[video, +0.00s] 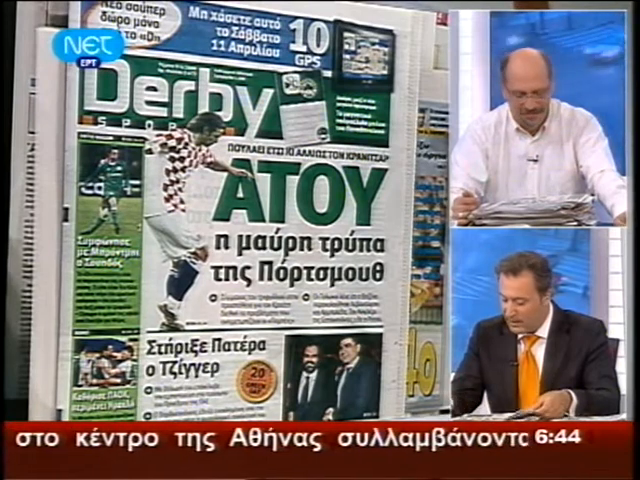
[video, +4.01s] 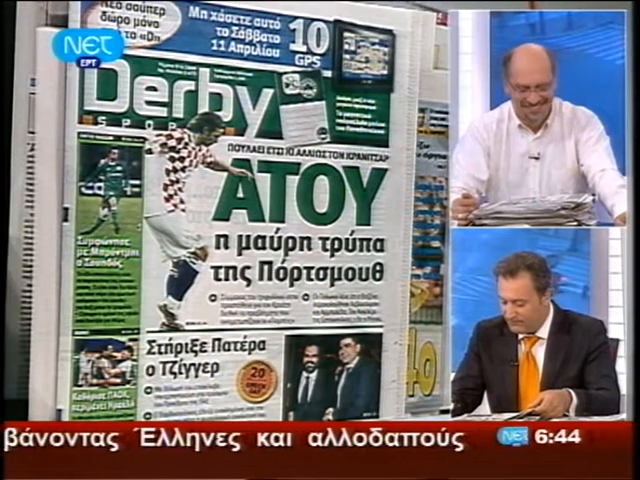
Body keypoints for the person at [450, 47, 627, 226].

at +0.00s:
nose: (530, 105)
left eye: (539, 94)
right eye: (520, 95)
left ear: (551, 86)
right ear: (504, 90)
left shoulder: (580, 124)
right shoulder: (482, 131)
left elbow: (604, 174)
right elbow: (462, 187)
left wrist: (624, 211)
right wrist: (462, 208)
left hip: (567, 246)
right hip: (499, 246)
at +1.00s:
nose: (527, 106)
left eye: (536, 95)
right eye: (518, 95)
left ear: (551, 87)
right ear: (505, 90)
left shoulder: (579, 124)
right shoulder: (482, 131)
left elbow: (604, 174)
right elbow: (462, 188)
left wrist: (624, 212)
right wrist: (462, 208)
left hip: (567, 244)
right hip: (499, 244)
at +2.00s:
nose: (526, 106)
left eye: (536, 96)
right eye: (517, 96)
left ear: (550, 88)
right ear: (504, 90)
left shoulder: (579, 124)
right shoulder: (482, 130)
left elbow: (603, 174)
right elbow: (462, 188)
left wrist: (624, 212)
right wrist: (462, 208)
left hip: (567, 244)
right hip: (499, 244)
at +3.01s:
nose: (548, 96)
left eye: (553, 84)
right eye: (536, 88)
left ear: (559, 81)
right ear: (511, 89)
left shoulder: (581, 124)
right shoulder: (484, 130)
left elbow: (604, 173)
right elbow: (463, 186)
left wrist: (624, 210)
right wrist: (463, 208)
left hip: (568, 245)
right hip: (500, 245)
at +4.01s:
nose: (533, 99)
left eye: (542, 88)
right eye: (523, 89)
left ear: (554, 82)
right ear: (507, 86)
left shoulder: (582, 123)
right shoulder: (485, 129)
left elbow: (605, 173)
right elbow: (462, 188)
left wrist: (624, 211)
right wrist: (462, 208)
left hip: (569, 244)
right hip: (501, 245)